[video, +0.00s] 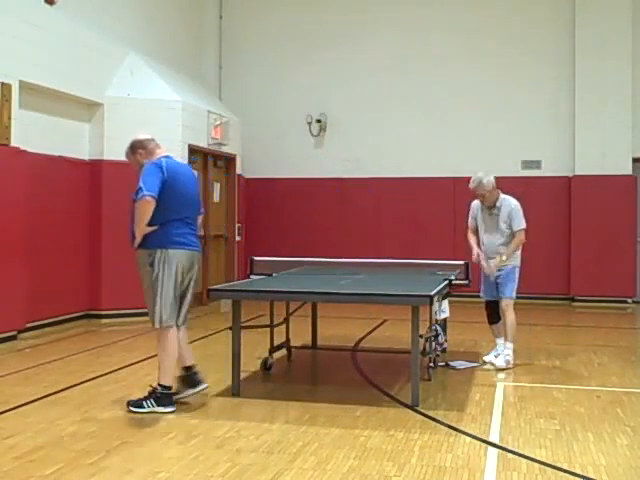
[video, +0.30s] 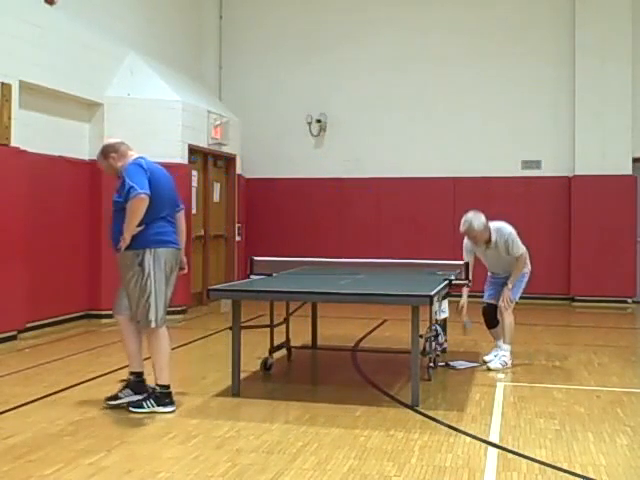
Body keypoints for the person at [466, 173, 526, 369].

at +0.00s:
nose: (480, 200)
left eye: (483, 195)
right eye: (478, 196)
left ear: (494, 190)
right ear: (477, 193)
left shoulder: (511, 205)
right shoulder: (476, 206)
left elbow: (520, 236)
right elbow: (471, 231)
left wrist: (504, 257)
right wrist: (475, 249)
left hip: (508, 263)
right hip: (487, 263)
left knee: (506, 305)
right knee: (490, 306)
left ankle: (508, 350)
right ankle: (499, 346)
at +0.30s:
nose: (470, 239)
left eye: (472, 235)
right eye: (468, 236)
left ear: (483, 229)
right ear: (466, 233)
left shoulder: (505, 232)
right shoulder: (469, 242)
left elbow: (522, 257)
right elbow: (467, 271)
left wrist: (509, 286)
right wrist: (464, 296)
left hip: (517, 271)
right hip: (495, 273)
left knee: (504, 307)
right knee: (488, 310)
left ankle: (506, 352)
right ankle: (499, 347)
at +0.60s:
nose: (472, 273)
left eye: (472, 269)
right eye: (468, 271)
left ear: (481, 261)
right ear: (466, 268)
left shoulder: (501, 252)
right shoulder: (470, 272)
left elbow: (529, 268)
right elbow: (464, 303)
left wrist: (513, 291)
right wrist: (453, 333)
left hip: (520, 278)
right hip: (497, 284)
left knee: (506, 308)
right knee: (488, 315)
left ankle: (506, 354)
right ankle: (499, 349)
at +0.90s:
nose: (469, 256)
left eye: (471, 251)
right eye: (467, 252)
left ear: (479, 242)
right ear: (463, 250)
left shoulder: (499, 240)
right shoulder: (466, 254)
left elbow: (523, 263)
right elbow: (466, 286)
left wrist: (510, 289)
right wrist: (460, 316)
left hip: (519, 272)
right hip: (496, 277)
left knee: (505, 306)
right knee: (488, 311)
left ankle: (506, 353)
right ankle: (499, 349)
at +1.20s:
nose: (463, 221)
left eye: (465, 216)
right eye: (461, 217)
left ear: (476, 210)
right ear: (461, 215)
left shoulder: (497, 220)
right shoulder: (466, 227)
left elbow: (509, 252)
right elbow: (473, 251)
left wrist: (486, 272)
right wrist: (472, 273)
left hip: (514, 264)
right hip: (494, 267)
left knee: (503, 306)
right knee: (491, 307)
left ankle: (505, 351)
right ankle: (499, 347)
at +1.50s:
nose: (460, 207)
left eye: (461, 203)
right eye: (459, 204)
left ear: (470, 200)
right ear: (470, 200)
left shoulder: (494, 212)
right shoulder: (473, 214)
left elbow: (487, 244)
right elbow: (478, 236)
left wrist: (465, 262)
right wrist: (458, 252)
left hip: (512, 264)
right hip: (498, 264)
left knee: (500, 307)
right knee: (496, 307)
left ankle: (505, 352)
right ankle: (501, 348)